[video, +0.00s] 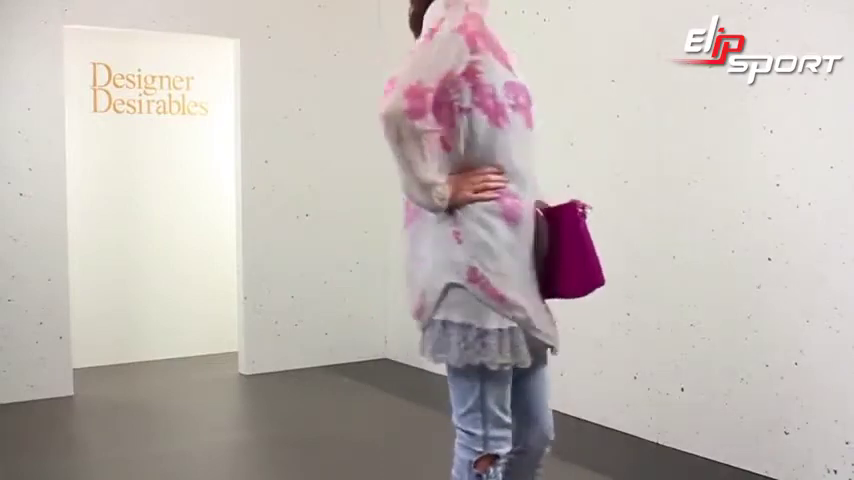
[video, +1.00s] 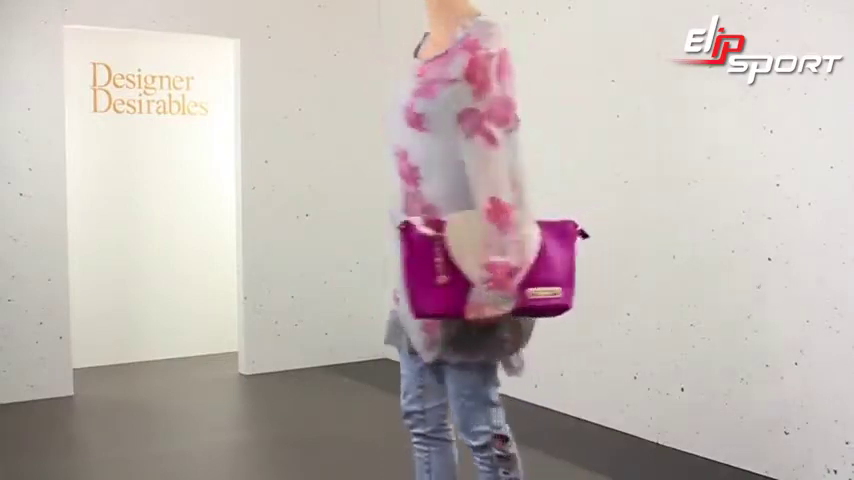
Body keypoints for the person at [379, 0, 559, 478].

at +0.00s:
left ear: (424, 5)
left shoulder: (484, 41)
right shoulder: (455, 26)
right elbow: (399, 109)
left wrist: (530, 204)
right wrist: (434, 189)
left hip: (509, 262)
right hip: (468, 263)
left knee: (532, 436)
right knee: (484, 442)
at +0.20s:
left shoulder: (505, 45)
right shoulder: (432, 31)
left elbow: (521, 140)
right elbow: (355, 114)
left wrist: (548, 198)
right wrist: (415, 191)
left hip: (520, 259)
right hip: (464, 260)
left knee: (522, 444)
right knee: (483, 443)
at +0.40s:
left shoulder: (544, 52)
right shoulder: (420, 35)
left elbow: (562, 171)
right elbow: (337, 115)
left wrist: (586, 259)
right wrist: (395, 191)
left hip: (529, 265)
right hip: (454, 263)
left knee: (526, 436)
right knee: (492, 438)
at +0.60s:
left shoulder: (547, 48)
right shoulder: (418, 38)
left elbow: (566, 165)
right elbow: (352, 112)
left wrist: (590, 263)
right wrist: (392, 183)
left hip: (522, 261)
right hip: (439, 258)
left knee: (519, 435)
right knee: (437, 435)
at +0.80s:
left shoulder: (524, 44)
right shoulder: (415, 43)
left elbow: (540, 148)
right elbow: (379, 124)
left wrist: (557, 257)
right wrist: (409, 190)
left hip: (498, 261)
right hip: (427, 257)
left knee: (502, 429)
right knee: (413, 418)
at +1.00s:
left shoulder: (481, 49)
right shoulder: (429, 47)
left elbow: (494, 167)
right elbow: (424, 170)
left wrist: (498, 280)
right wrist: (412, 276)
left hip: (470, 281)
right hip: (422, 275)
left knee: (480, 425)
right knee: (423, 419)